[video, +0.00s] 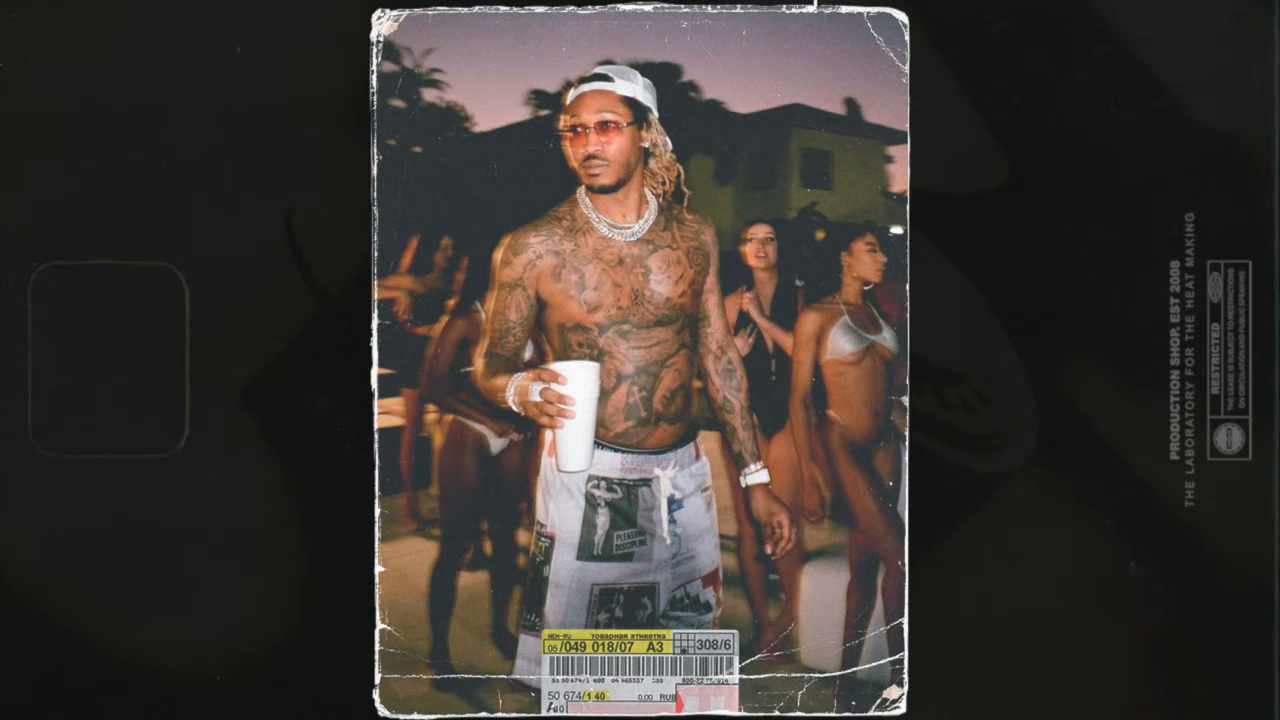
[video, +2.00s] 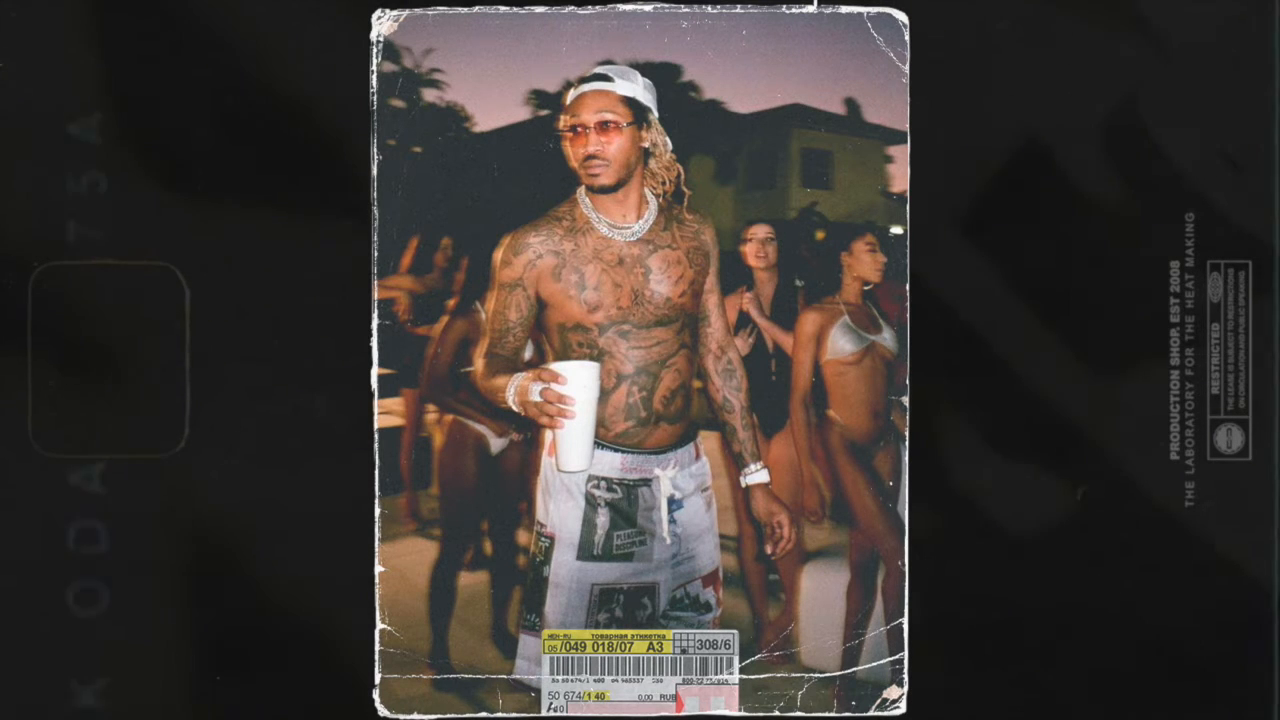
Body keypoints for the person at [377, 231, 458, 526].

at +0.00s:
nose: (445, 255)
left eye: (450, 250)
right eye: (441, 248)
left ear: (455, 255)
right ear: (430, 252)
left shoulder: (455, 282)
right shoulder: (414, 283)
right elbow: (401, 320)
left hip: (446, 352)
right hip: (417, 349)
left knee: (450, 426)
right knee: (413, 427)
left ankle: (452, 496)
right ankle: (410, 500)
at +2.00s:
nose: (446, 255)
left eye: (450, 250)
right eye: (442, 249)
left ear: (454, 255)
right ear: (430, 252)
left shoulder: (454, 282)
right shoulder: (415, 282)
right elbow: (379, 287)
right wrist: (403, 293)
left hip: (445, 353)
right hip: (416, 350)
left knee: (450, 427)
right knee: (413, 428)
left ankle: (451, 499)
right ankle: (410, 503)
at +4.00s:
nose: (445, 254)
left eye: (450, 249)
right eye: (442, 248)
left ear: (455, 254)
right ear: (431, 250)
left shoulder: (455, 278)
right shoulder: (414, 281)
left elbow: (462, 302)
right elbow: (395, 284)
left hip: (445, 347)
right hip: (416, 344)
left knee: (449, 426)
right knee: (413, 427)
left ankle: (452, 499)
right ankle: (411, 503)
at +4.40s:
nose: (446, 254)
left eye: (450, 249)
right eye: (442, 248)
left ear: (455, 253)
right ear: (431, 250)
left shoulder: (456, 277)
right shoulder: (414, 281)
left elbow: (461, 305)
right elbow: (393, 287)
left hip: (445, 349)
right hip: (416, 347)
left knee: (449, 426)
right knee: (413, 427)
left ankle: (451, 499)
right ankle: (411, 501)